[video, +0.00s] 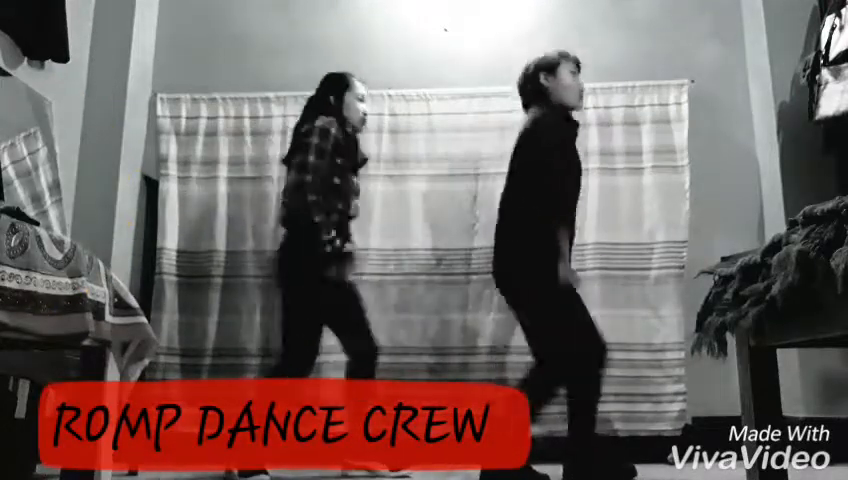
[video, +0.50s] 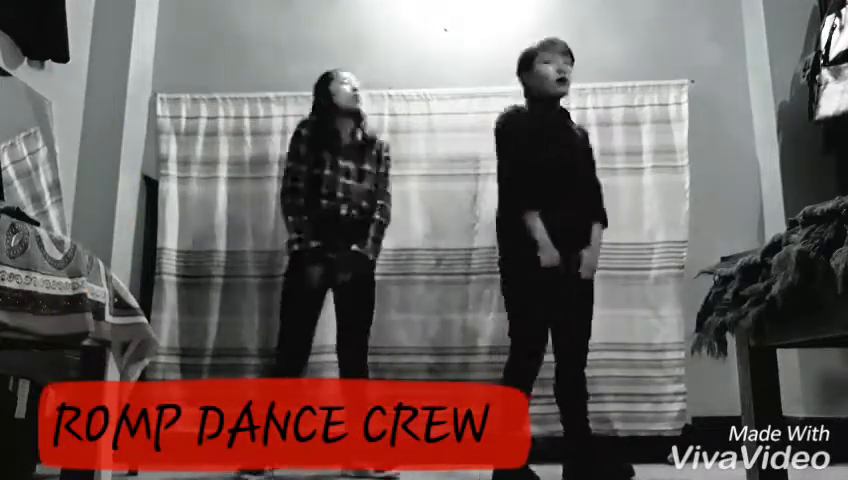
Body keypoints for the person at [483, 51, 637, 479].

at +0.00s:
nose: (581, 81)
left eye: (579, 73)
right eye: (573, 73)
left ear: (549, 82)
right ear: (547, 81)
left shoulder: (541, 128)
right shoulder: (556, 129)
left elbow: (541, 199)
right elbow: (557, 198)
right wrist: (563, 257)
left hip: (517, 263)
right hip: (534, 263)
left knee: (555, 358)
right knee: (587, 351)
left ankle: (499, 442)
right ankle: (583, 458)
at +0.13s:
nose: (583, 89)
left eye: (580, 81)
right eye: (575, 81)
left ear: (550, 91)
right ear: (551, 90)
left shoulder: (541, 137)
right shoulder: (556, 138)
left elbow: (546, 210)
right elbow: (563, 210)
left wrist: (557, 268)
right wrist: (571, 273)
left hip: (528, 270)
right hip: (544, 271)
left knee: (554, 359)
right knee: (589, 353)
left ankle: (501, 441)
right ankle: (584, 456)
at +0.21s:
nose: (581, 75)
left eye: (579, 68)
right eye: (573, 67)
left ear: (546, 76)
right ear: (547, 74)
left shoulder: (537, 118)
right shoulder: (555, 117)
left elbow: (538, 189)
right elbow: (563, 186)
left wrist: (562, 243)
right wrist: (573, 245)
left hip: (526, 248)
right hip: (543, 249)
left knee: (520, 355)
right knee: (553, 359)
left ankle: (490, 450)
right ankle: (580, 457)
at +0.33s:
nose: (578, 74)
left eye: (577, 67)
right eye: (570, 66)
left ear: (543, 78)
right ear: (542, 75)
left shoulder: (533, 120)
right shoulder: (552, 119)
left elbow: (530, 190)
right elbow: (561, 187)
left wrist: (552, 245)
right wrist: (571, 246)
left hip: (525, 252)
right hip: (545, 253)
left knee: (519, 354)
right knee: (557, 358)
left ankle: (491, 448)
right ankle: (581, 455)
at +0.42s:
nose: (574, 70)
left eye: (574, 63)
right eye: (564, 63)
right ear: (536, 74)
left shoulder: (549, 121)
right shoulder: (538, 119)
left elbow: (561, 191)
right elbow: (541, 189)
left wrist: (578, 245)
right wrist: (559, 243)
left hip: (550, 254)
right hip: (538, 255)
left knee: (558, 355)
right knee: (534, 352)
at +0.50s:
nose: (562, 70)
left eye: (567, 65)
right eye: (550, 63)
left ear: (571, 77)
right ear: (526, 74)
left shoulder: (576, 133)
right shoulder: (514, 123)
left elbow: (592, 193)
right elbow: (518, 188)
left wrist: (594, 244)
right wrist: (543, 241)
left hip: (573, 258)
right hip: (526, 255)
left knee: (572, 358)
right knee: (527, 353)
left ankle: (579, 452)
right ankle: (505, 452)